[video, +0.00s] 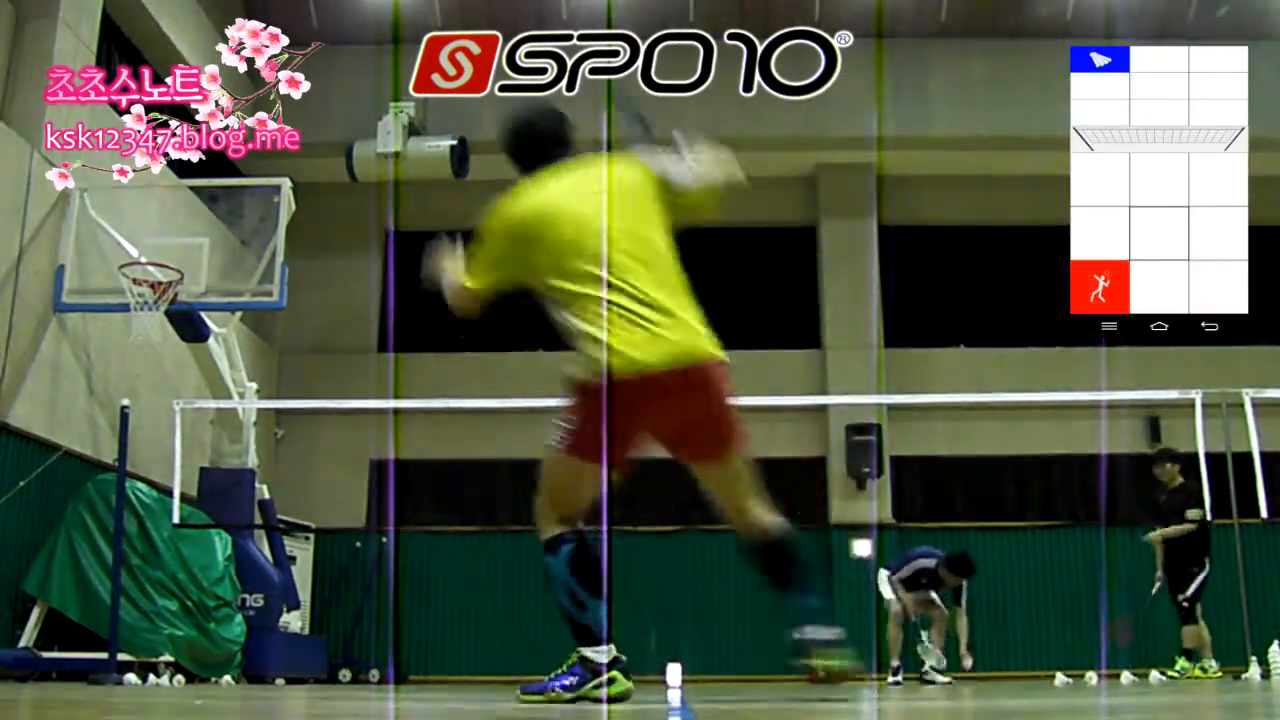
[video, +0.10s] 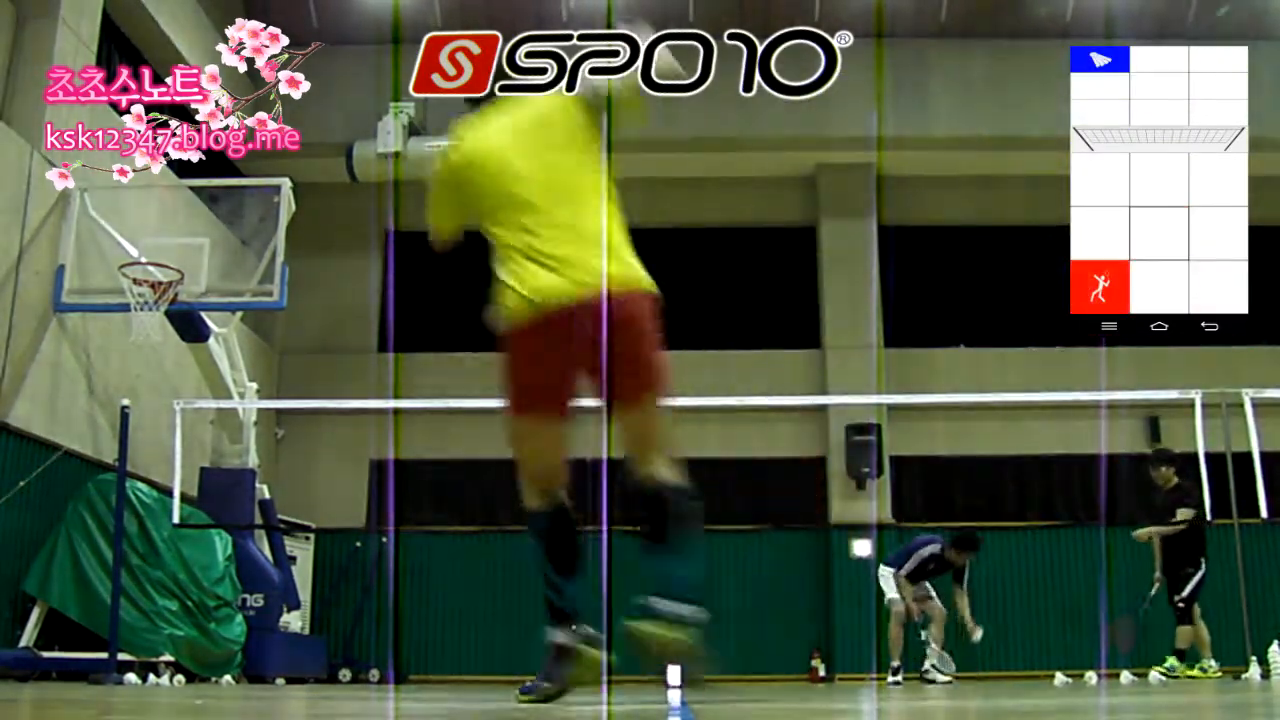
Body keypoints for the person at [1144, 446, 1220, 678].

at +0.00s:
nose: (1158, 472)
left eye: (1162, 466)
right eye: (1156, 467)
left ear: (1175, 466)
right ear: (1156, 470)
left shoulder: (1191, 490)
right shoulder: (1162, 497)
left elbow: (1193, 523)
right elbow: (1159, 535)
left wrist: (1162, 534)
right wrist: (1159, 568)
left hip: (1195, 555)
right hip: (1173, 557)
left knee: (1185, 603)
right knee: (1189, 609)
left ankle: (1187, 657)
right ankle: (1208, 660)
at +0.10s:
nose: (1155, 475)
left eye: (1158, 470)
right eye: (1153, 471)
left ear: (1171, 469)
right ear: (1153, 472)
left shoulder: (1186, 491)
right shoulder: (1160, 496)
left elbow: (1182, 523)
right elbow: (1158, 535)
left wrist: (1151, 531)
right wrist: (1158, 569)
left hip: (1192, 557)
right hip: (1172, 560)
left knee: (1182, 605)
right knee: (1191, 611)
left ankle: (1178, 659)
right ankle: (1208, 660)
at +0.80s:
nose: (1122, 473)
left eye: (1125, 468)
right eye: (1122, 469)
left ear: (1137, 467)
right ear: (1134, 468)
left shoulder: (1149, 489)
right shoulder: (1143, 489)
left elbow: (1126, 517)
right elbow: (1150, 529)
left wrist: (1093, 526)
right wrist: (1147, 559)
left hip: (1166, 558)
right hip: (1154, 558)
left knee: (1156, 605)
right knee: (1149, 606)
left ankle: (1167, 661)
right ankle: (1156, 659)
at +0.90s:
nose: (1124, 474)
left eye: (1126, 469)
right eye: (1122, 470)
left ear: (1139, 467)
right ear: (1131, 470)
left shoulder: (1150, 491)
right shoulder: (1140, 490)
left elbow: (1126, 519)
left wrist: (1094, 527)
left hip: (1166, 558)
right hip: (1150, 558)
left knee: (1156, 606)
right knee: (1148, 608)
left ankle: (1167, 661)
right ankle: (1156, 659)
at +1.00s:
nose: (1125, 473)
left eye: (1129, 468)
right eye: (1124, 469)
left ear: (1142, 468)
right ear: (1135, 470)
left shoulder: (1150, 491)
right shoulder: (1140, 491)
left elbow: (1126, 524)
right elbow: (1125, 523)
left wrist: (1093, 529)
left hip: (1166, 558)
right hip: (1150, 558)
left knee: (1159, 607)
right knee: (1147, 608)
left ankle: (1168, 661)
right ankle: (1155, 660)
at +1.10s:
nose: (1129, 473)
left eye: (1133, 468)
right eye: (1127, 469)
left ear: (1146, 468)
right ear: (1130, 470)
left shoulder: (1152, 493)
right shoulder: (1142, 492)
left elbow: (1130, 526)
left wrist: (1098, 531)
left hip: (1166, 559)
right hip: (1151, 559)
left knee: (1163, 608)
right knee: (1152, 609)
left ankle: (1171, 659)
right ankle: (1157, 661)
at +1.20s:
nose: (1136, 470)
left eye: (1140, 466)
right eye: (1133, 466)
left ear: (1151, 468)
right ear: (1132, 468)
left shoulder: (1157, 492)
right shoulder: (1143, 492)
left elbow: (1139, 527)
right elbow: (1144, 532)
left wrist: (1106, 532)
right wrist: (1145, 570)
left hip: (1170, 558)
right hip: (1151, 558)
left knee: (1175, 606)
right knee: (1151, 609)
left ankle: (1187, 657)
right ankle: (1157, 662)